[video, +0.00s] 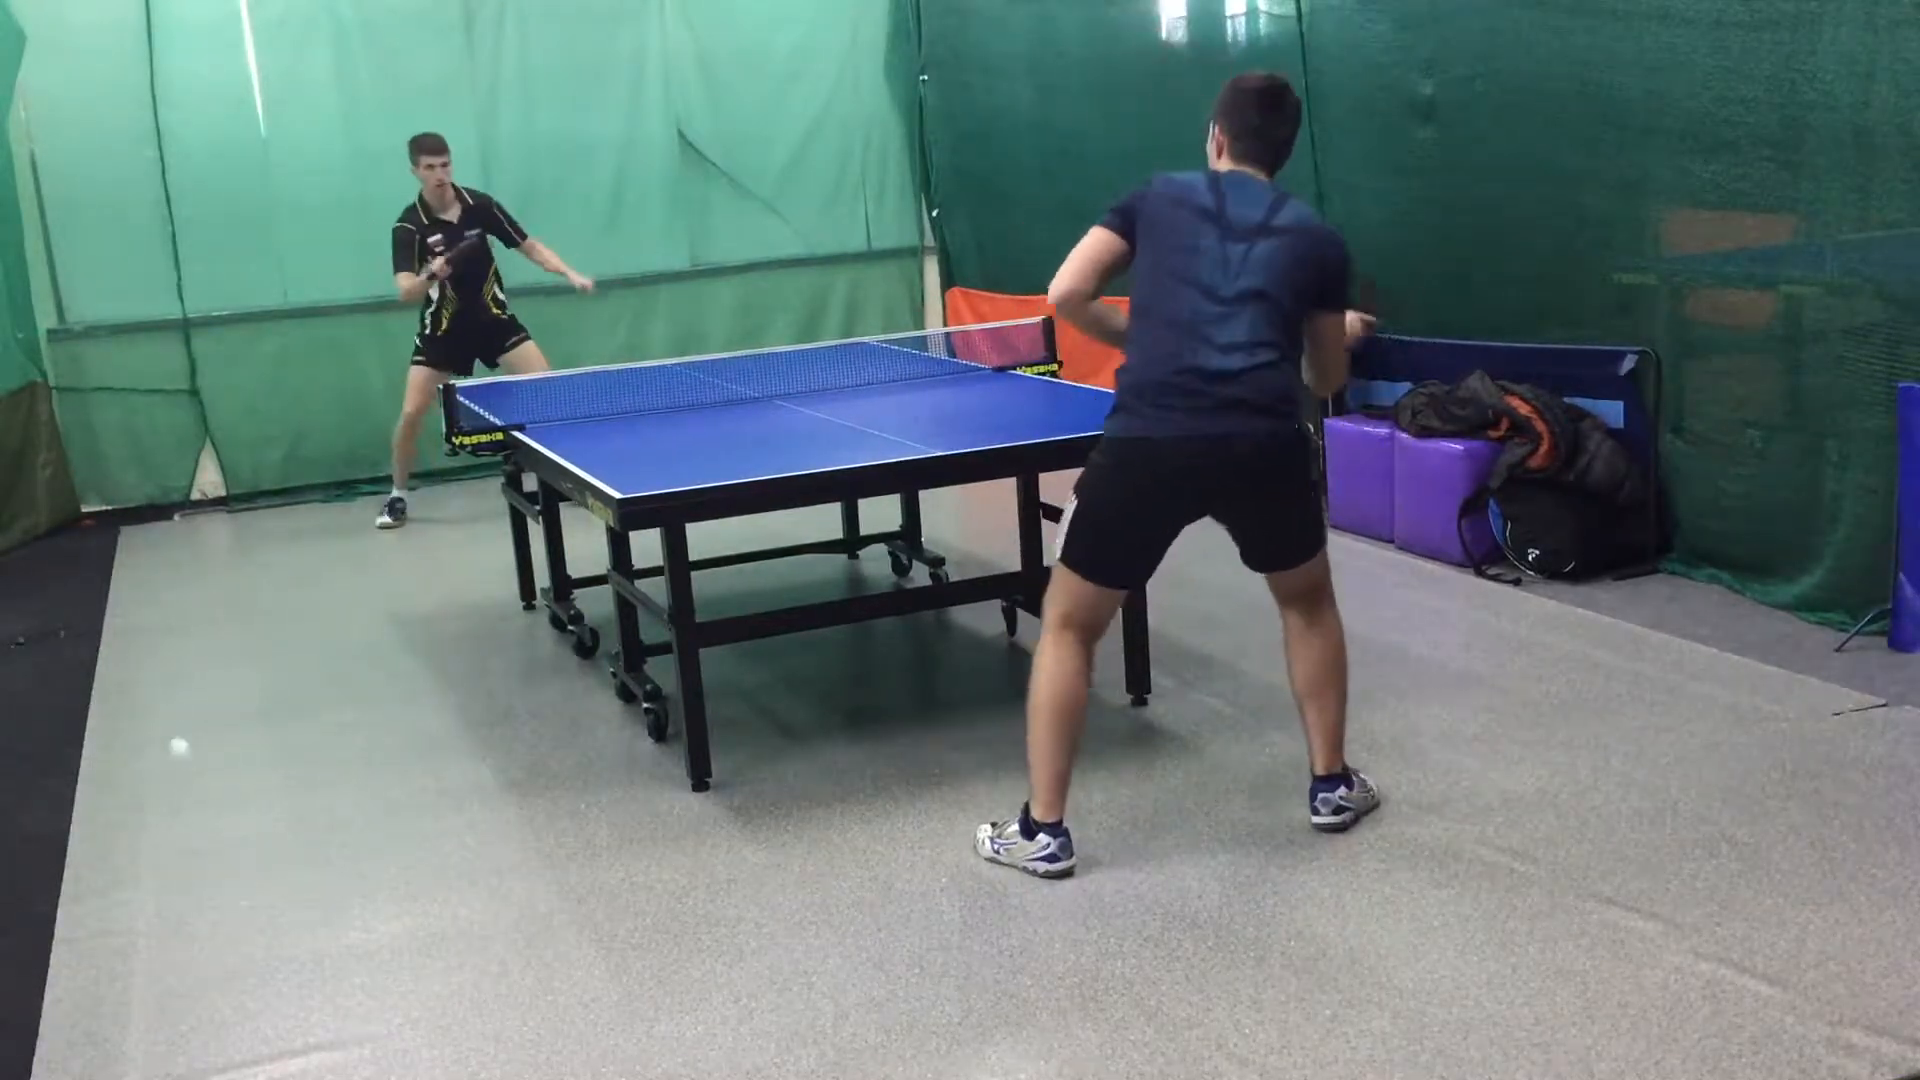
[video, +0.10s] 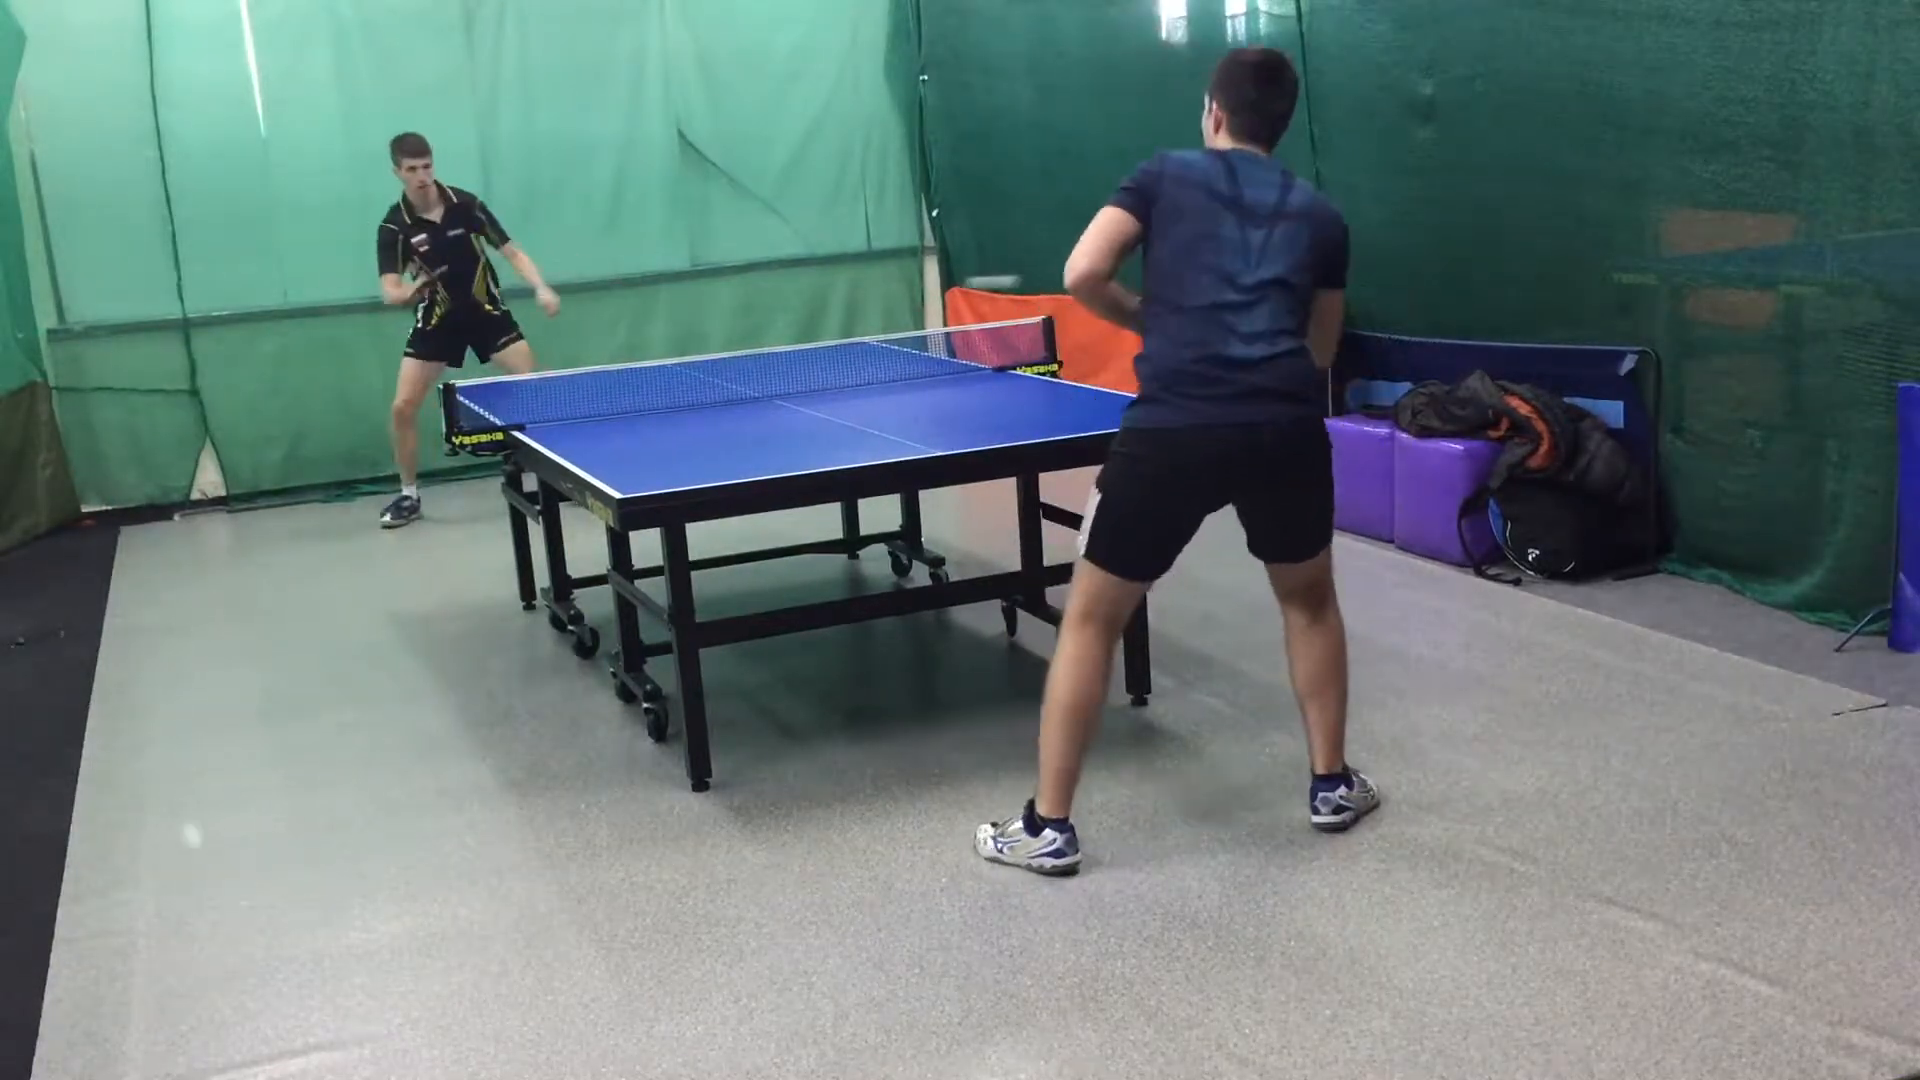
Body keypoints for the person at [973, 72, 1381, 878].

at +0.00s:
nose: (1209, 144)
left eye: (1210, 134)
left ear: (1214, 141)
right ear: (1286, 152)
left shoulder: (1157, 198)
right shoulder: (1314, 238)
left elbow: (1066, 296)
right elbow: (1327, 377)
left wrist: (1140, 334)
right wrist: (1338, 336)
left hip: (1147, 445)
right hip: (1265, 450)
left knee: (1071, 627)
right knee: (1307, 605)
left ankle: (1044, 828)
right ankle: (1330, 783)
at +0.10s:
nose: (1205, 119)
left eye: (1206, 108)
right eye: (1213, 109)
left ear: (1213, 115)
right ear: (1283, 125)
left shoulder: (1168, 175)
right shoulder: (1318, 215)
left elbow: (1083, 275)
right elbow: (1320, 353)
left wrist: (1148, 322)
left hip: (1173, 432)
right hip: (1284, 436)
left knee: (1092, 618)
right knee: (1309, 603)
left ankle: (1049, 824)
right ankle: (1330, 782)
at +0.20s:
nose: (1192, 106)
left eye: (1193, 95)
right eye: (1200, 95)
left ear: (1202, 103)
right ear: (1273, 111)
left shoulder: (1164, 168)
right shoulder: (1312, 198)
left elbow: (1095, 274)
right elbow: (1318, 315)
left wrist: (1152, 317)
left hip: (1184, 432)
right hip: (1294, 432)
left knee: (1102, 617)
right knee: (1310, 601)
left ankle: (1063, 823)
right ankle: (1331, 784)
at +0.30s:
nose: (1165, 113)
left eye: (1167, 101)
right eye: (1171, 101)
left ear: (1180, 108)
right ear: (1248, 113)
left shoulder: (1155, 174)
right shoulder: (1296, 193)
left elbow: (1098, 288)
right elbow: (1294, 294)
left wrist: (1147, 325)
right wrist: (1221, 313)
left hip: (1190, 442)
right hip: (1298, 436)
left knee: (1102, 626)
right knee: (1307, 606)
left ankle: (1072, 829)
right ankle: (1331, 783)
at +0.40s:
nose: (1144, 127)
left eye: (1144, 116)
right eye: (1148, 115)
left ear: (1157, 120)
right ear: (1225, 121)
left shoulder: (1139, 187)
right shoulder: (1277, 200)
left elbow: (1091, 302)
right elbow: (1270, 301)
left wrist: (1146, 344)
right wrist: (1182, 326)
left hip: (1190, 446)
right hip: (1293, 440)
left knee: (1088, 624)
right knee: (1298, 605)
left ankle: (1070, 829)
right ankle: (1340, 780)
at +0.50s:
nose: (1129, 131)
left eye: (1130, 121)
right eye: (1132, 120)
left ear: (1143, 124)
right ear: (1214, 124)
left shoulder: (1129, 190)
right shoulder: (1272, 205)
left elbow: (1079, 304)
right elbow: (1262, 309)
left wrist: (1130, 348)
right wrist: (1170, 328)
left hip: (1181, 448)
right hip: (1284, 442)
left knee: (1075, 623)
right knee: (1285, 602)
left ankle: (1070, 829)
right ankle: (1346, 779)